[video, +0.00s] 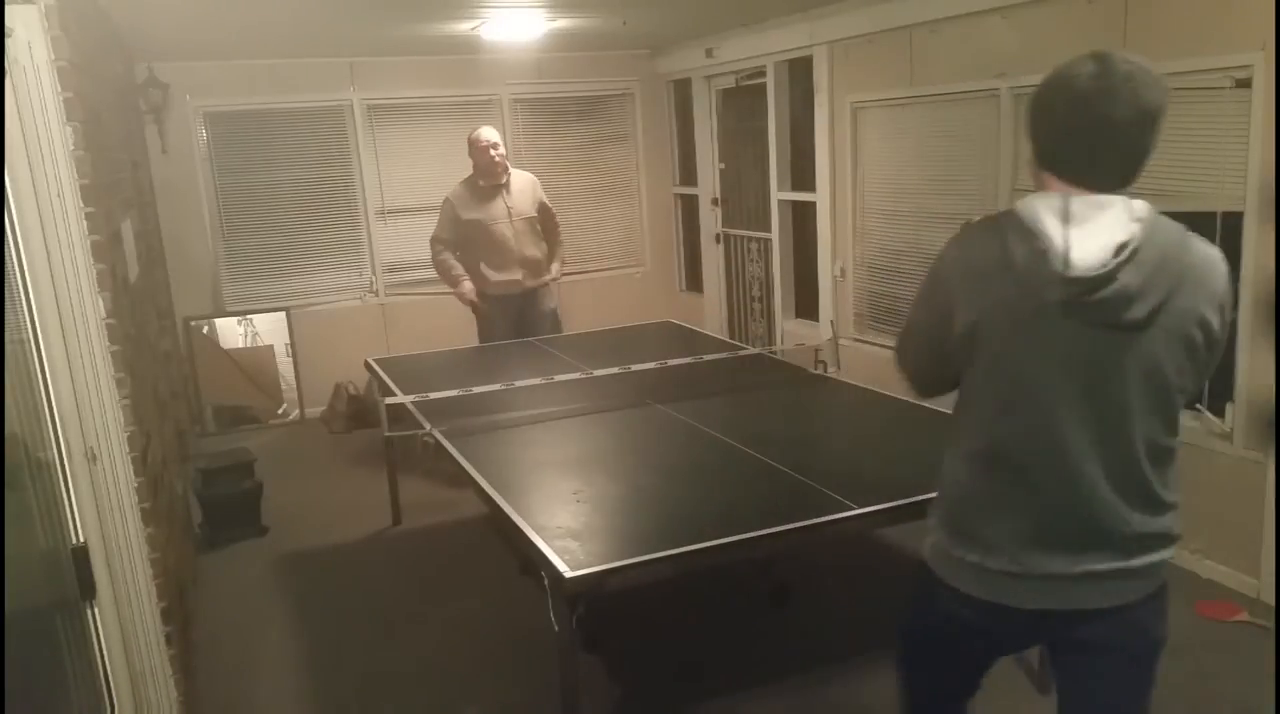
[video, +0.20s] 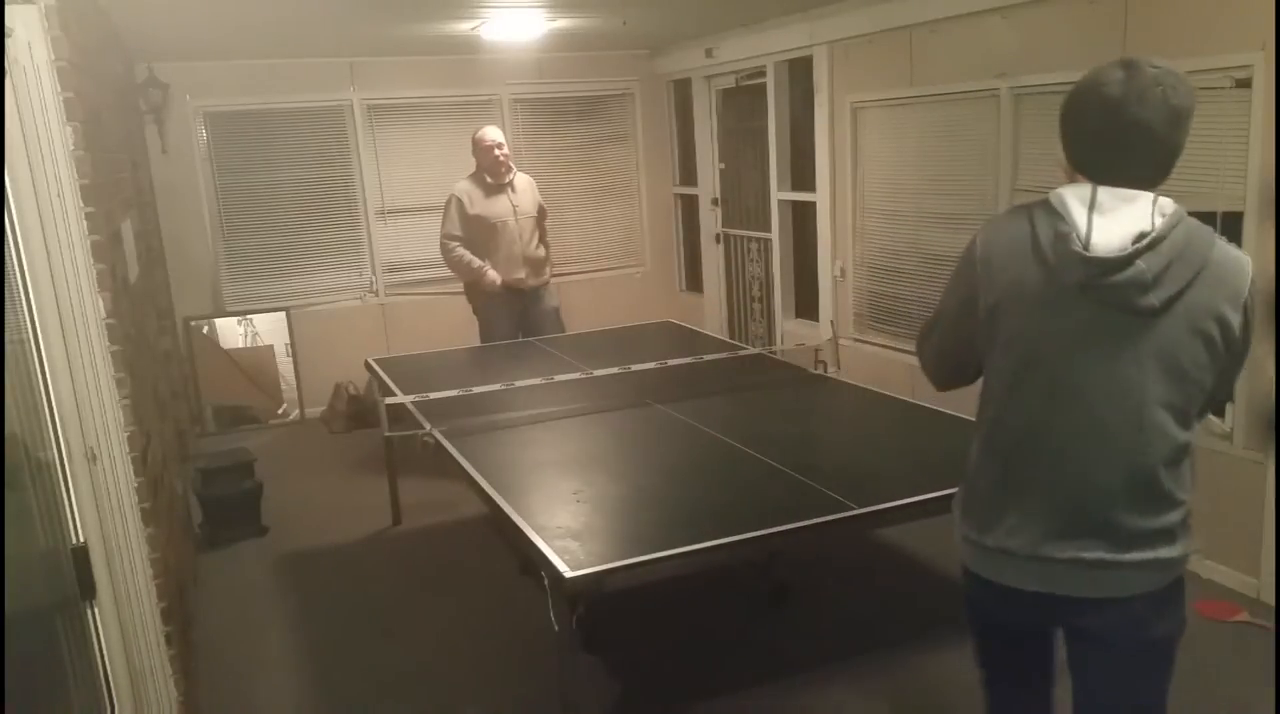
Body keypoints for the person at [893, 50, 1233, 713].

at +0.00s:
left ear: (1037, 143)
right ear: (1142, 155)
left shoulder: (980, 250)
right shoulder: (1203, 269)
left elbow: (922, 370)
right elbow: (1207, 389)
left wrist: (1011, 314)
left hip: (977, 585)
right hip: (1120, 597)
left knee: (931, 697)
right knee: (1109, 706)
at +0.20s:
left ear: (1068, 143)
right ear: (1169, 160)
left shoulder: (1000, 246)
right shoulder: (1226, 273)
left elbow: (942, 364)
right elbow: (1213, 395)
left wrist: (1029, 320)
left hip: (1004, 571)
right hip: (1135, 584)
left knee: (1014, 705)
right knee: (1124, 705)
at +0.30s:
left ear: (1067, 151)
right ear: (1168, 164)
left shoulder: (1002, 249)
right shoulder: (1224, 275)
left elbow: (951, 372)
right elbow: (1208, 410)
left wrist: (1037, 332)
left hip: (1015, 575)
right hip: (1139, 586)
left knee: (1036, 704)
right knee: (1133, 706)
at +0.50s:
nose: (903, 184)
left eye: (905, 167)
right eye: (908, 165)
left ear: (913, 176)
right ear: (994, 162)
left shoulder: (932, 286)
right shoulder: (1048, 246)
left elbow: (910, 455)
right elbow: (1001, 370)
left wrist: (867, 581)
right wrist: (876, 385)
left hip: (962, 567)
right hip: (1062, 553)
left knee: (893, 701)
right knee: (1048, 698)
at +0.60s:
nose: (902, 180)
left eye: (902, 165)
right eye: (907, 162)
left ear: (911, 176)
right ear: (994, 162)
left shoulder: (924, 287)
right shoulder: (1051, 251)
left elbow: (902, 454)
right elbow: (1033, 389)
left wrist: (864, 584)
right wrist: (892, 404)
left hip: (955, 569)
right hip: (1060, 556)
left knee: (892, 700)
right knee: (1049, 697)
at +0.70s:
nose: (897, 181)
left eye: (899, 166)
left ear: (907, 176)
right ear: (990, 164)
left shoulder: (910, 287)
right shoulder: (1055, 259)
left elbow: (882, 454)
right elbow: (1066, 400)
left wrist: (855, 585)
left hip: (942, 574)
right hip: (1053, 564)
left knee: (885, 701)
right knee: (1049, 698)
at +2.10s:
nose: (913, 188)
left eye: (914, 175)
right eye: (918, 173)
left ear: (923, 181)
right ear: (1009, 171)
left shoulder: (890, 293)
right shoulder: (1093, 274)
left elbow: (839, 440)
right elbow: (1131, 408)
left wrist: (880, 504)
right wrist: (1063, 472)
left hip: (938, 588)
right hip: (1074, 584)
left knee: (874, 704)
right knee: (1093, 708)